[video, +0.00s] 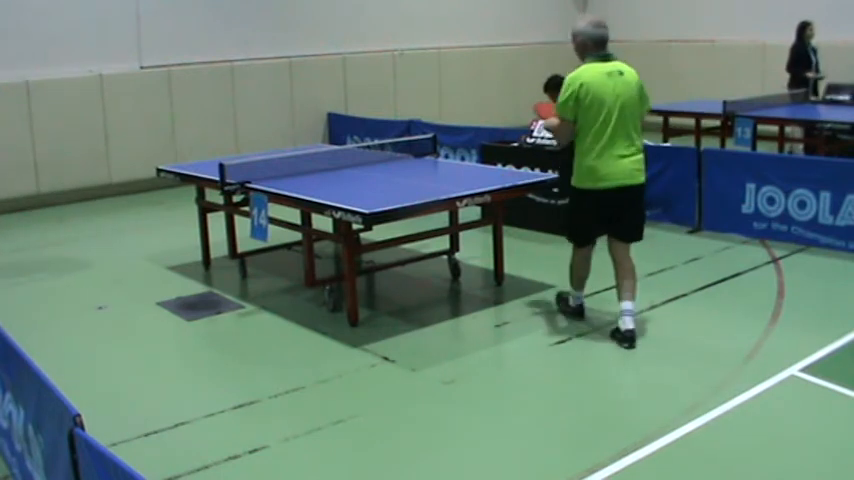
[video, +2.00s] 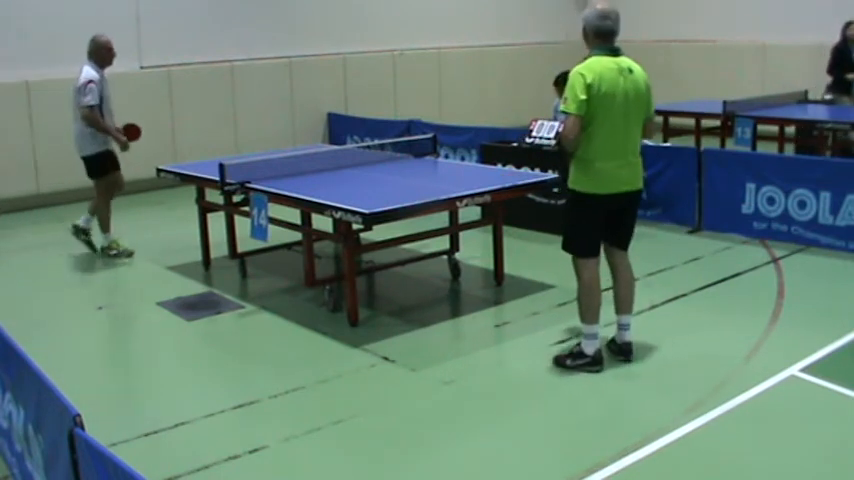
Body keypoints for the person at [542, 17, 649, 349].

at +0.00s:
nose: (572, 49)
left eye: (574, 44)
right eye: (574, 44)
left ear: (579, 46)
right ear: (606, 44)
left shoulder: (577, 80)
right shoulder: (631, 75)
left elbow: (562, 134)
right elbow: (642, 115)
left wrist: (552, 119)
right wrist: (610, 114)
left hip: (590, 181)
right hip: (631, 179)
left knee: (582, 246)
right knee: (621, 248)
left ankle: (576, 302)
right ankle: (628, 325)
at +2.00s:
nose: (582, 38)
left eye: (583, 33)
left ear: (585, 35)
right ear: (616, 34)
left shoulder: (582, 74)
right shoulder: (637, 72)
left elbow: (570, 135)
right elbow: (648, 129)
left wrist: (563, 139)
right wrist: (612, 128)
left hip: (590, 187)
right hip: (629, 184)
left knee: (586, 262)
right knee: (618, 253)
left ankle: (589, 349)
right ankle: (624, 340)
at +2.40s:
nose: (597, 39)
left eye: (597, 34)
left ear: (599, 35)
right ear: (630, 35)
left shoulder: (593, 71)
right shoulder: (651, 75)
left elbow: (580, 129)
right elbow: (663, 131)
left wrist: (580, 140)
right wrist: (629, 126)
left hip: (596, 184)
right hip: (638, 184)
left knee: (577, 252)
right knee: (626, 251)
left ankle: (588, 336)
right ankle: (625, 339)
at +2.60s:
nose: (600, 38)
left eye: (600, 33)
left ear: (603, 35)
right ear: (634, 36)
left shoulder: (595, 71)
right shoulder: (653, 75)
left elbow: (579, 128)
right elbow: (663, 131)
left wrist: (580, 141)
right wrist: (630, 126)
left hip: (596, 183)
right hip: (638, 184)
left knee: (576, 252)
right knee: (626, 251)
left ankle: (586, 335)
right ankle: (624, 338)